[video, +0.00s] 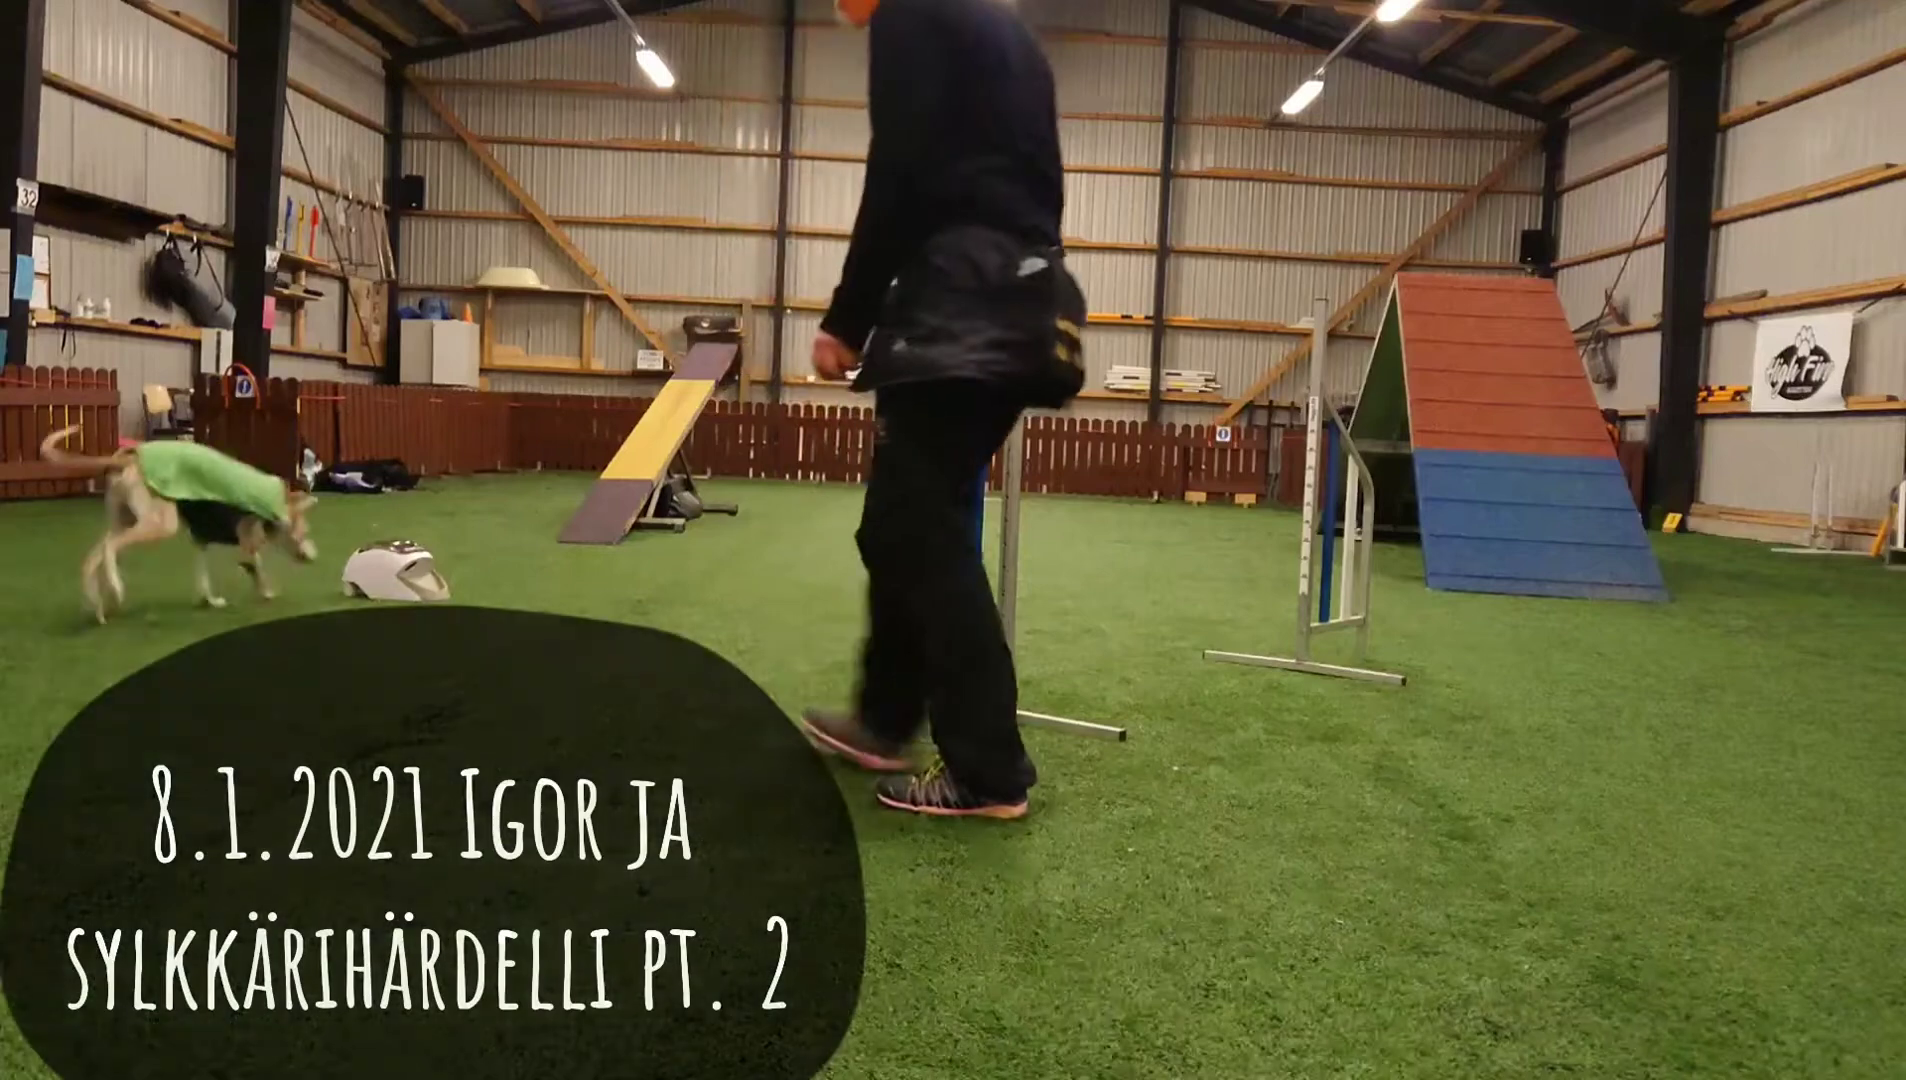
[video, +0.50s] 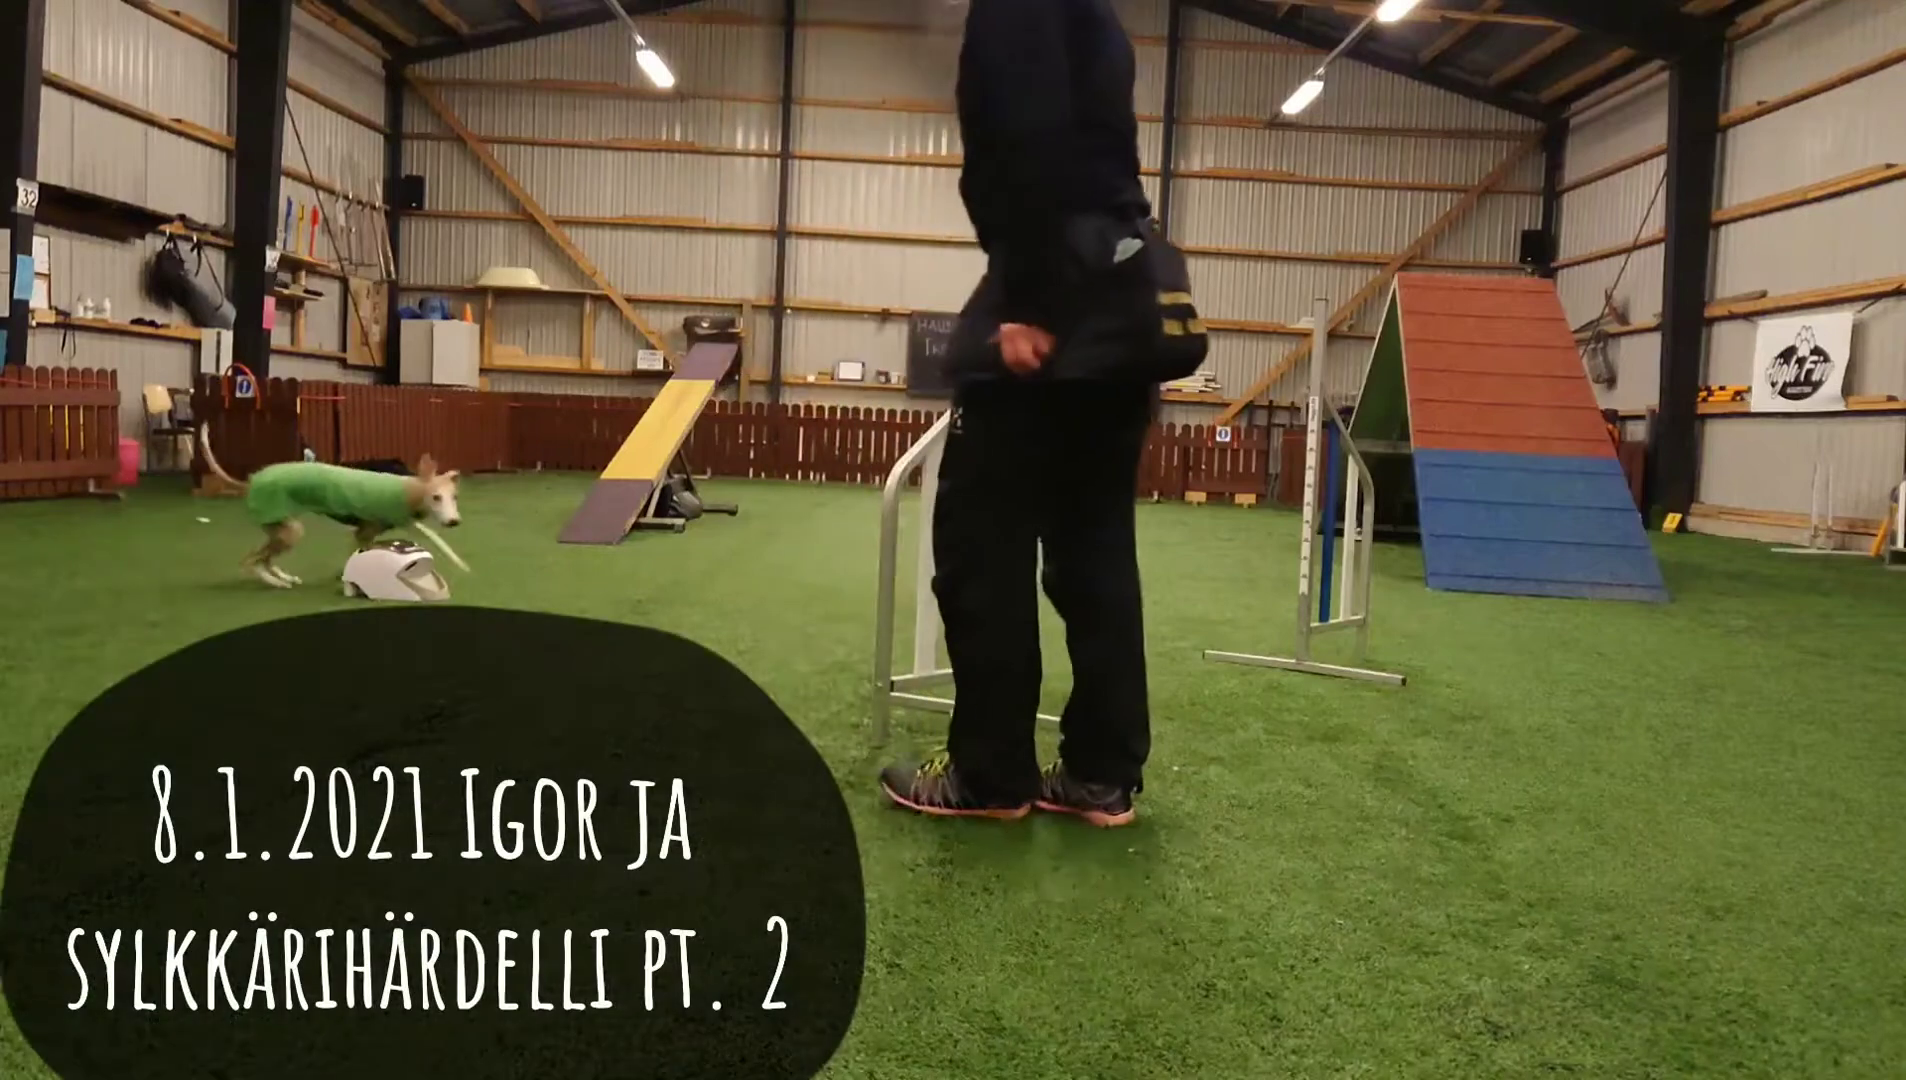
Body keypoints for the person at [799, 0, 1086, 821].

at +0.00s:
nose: (847, 7)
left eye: (850, 2)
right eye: (849, 5)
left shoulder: (909, 19)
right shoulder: (1013, 35)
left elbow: (900, 175)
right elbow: (1036, 195)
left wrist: (845, 319)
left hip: (947, 318)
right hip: (1013, 321)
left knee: (927, 542)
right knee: (898, 528)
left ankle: (991, 777)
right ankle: (883, 725)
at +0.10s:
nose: (871, 1)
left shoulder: (929, 12)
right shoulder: (1029, 26)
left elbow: (919, 166)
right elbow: (1054, 186)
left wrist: (862, 313)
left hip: (976, 317)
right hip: (1037, 316)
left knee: (927, 528)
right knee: (940, 525)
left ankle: (988, 775)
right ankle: (984, 756)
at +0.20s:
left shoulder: (954, 13)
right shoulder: (1042, 24)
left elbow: (946, 163)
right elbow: (1054, 183)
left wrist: (888, 310)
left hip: (987, 324)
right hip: (1058, 321)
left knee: (942, 535)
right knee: (975, 521)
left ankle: (987, 779)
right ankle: (1074, 730)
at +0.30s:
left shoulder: (974, 15)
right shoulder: (1058, 23)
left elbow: (972, 166)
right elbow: (1065, 179)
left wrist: (937, 308)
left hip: (997, 329)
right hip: (1067, 324)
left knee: (959, 545)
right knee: (1041, 541)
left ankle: (986, 774)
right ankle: (1097, 767)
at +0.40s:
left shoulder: (994, 13)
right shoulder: (1073, 22)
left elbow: (1008, 148)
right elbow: (1084, 162)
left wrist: (991, 302)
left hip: (1022, 329)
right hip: (1097, 324)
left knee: (970, 551)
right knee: (1077, 548)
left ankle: (987, 774)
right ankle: (1103, 776)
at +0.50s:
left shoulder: (1008, 13)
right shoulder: (1100, 27)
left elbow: (1025, 145)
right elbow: (1101, 164)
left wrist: (1024, 305)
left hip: (1034, 334)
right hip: (1118, 331)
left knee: (978, 552)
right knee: (1096, 553)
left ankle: (990, 774)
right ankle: (1104, 775)